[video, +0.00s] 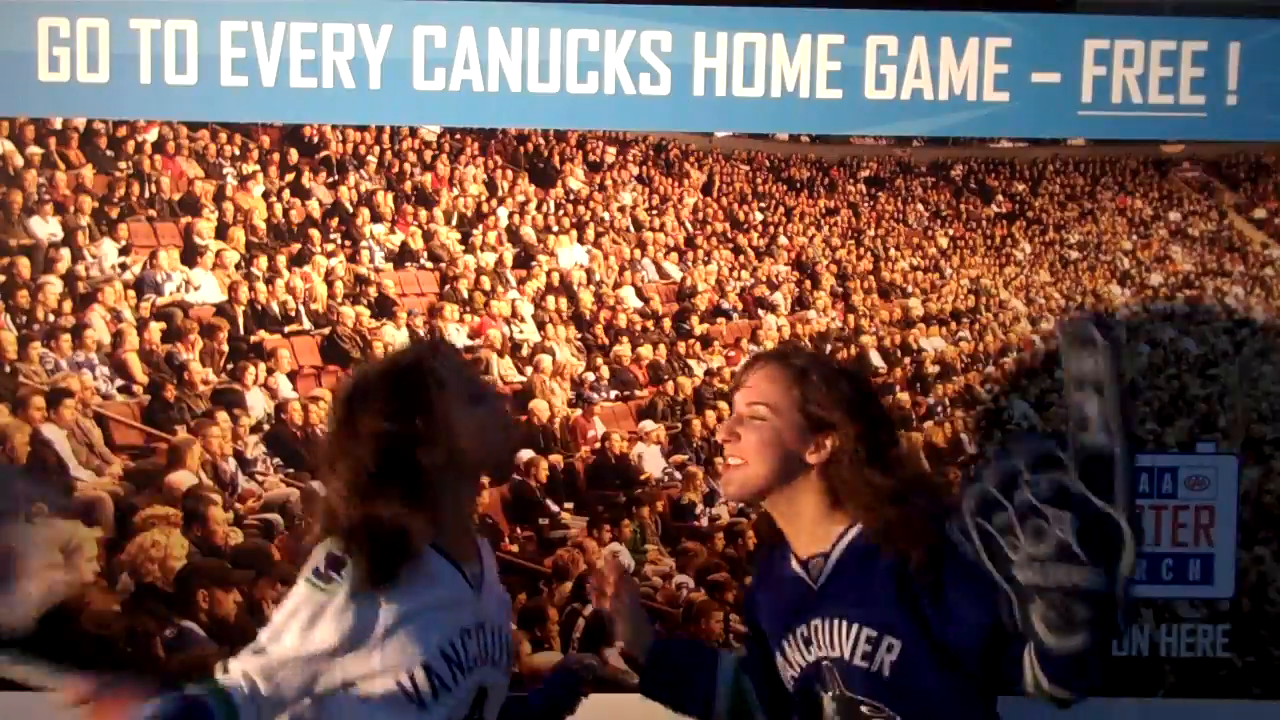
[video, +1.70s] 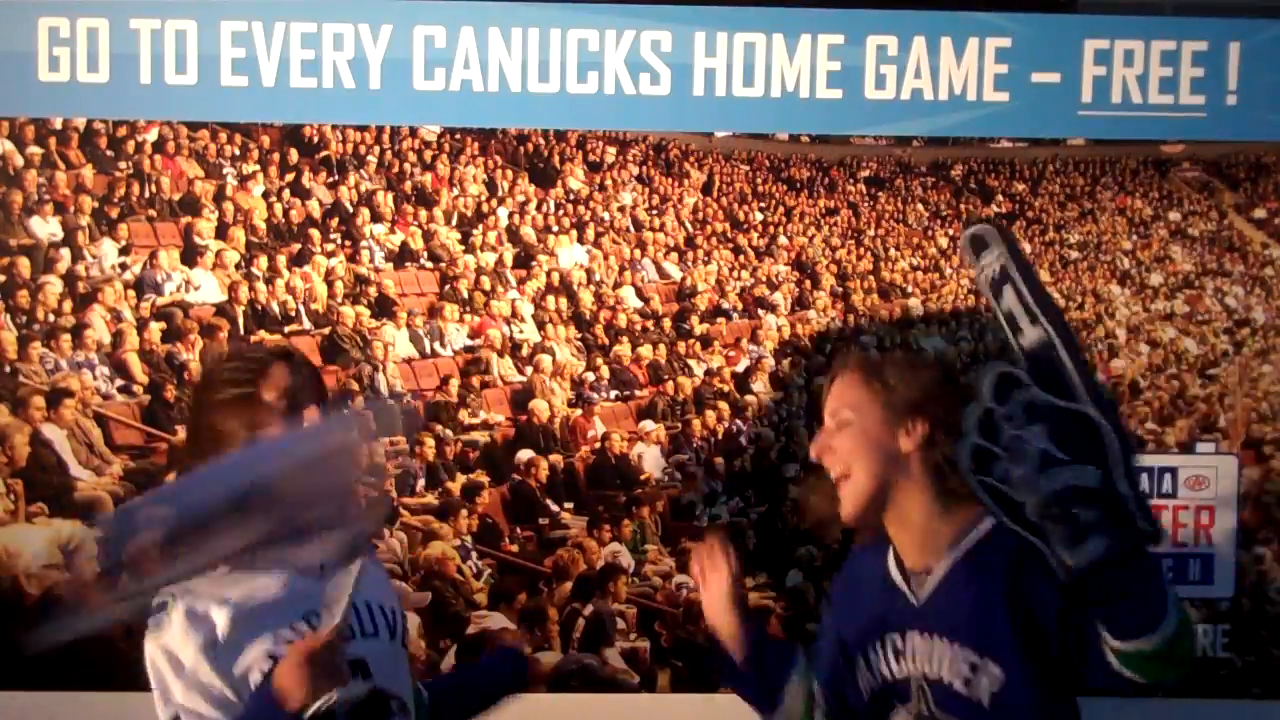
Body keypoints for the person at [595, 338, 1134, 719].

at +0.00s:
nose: (724, 435)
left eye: (753, 417)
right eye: (731, 416)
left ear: (819, 445)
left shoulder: (921, 555)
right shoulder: (769, 588)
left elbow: (1045, 686)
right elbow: (778, 701)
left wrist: (1065, 617)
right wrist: (646, 649)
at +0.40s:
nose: (804, 392)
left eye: (830, 379)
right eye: (793, 386)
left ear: (891, 409)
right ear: (784, 429)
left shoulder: (962, 539)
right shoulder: (790, 552)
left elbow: (1076, 688)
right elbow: (780, 666)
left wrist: (1068, 590)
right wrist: (666, 624)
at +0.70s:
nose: (871, 420)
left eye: (902, 403)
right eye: (871, 406)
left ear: (970, 432)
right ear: (864, 422)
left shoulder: (1030, 572)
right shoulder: (843, 540)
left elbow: (1057, 709)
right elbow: (778, 676)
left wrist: (1086, 646)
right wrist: (652, 652)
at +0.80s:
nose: (874, 417)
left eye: (904, 396)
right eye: (881, 398)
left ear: (973, 422)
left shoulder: (1045, 565)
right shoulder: (852, 539)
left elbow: (1073, 705)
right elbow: (792, 662)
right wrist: (660, 666)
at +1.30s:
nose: (897, 426)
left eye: (930, 417)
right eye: (898, 409)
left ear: (992, 451)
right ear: (883, 419)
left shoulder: (1064, 583)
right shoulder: (876, 567)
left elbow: (1128, 703)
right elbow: (846, 699)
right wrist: (726, 637)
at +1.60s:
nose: (819, 449)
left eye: (840, 419)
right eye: (819, 432)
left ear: (916, 424)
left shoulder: (1039, 559)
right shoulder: (865, 593)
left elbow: (1160, 695)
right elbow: (866, 710)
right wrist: (765, 674)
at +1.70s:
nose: (818, 451)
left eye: (839, 424)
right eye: (823, 427)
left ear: (911, 433)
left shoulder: (1024, 566)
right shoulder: (859, 576)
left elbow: (1154, 674)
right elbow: (825, 707)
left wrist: (1103, 546)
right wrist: (737, 635)